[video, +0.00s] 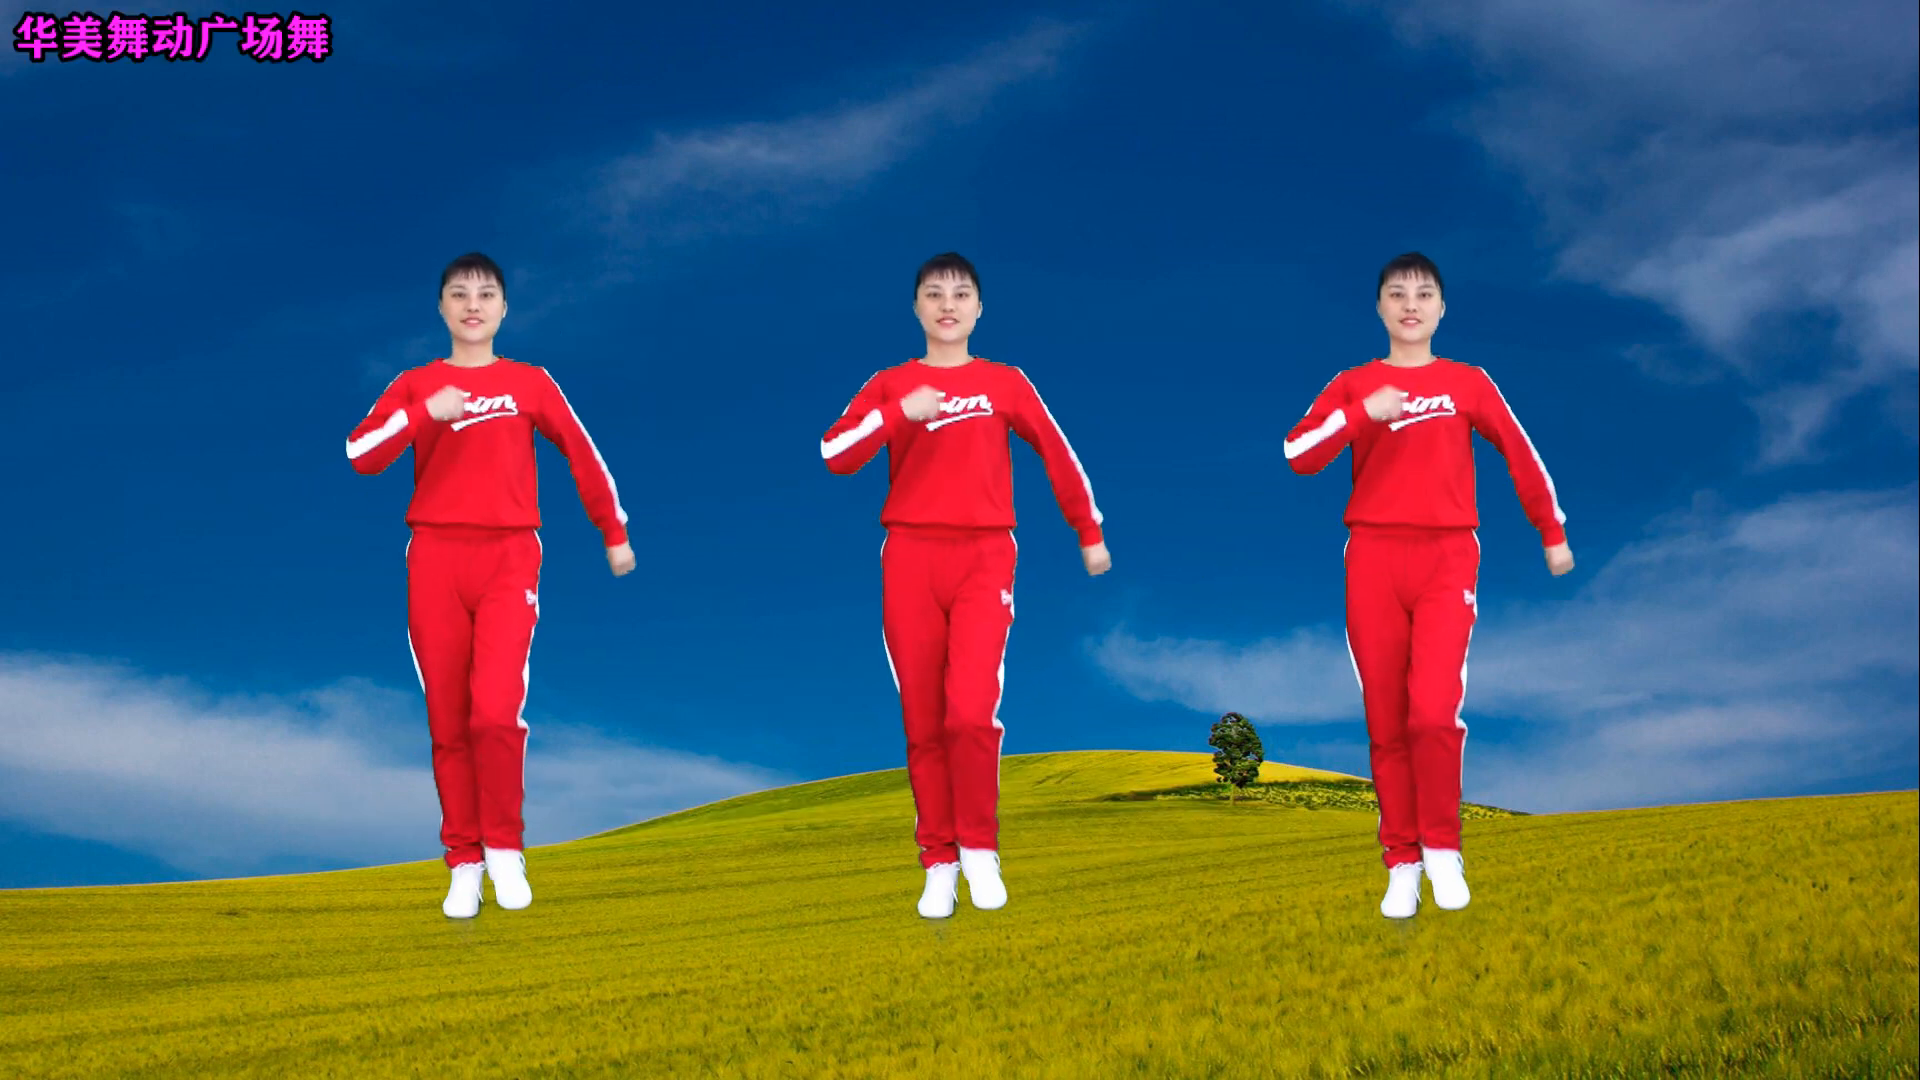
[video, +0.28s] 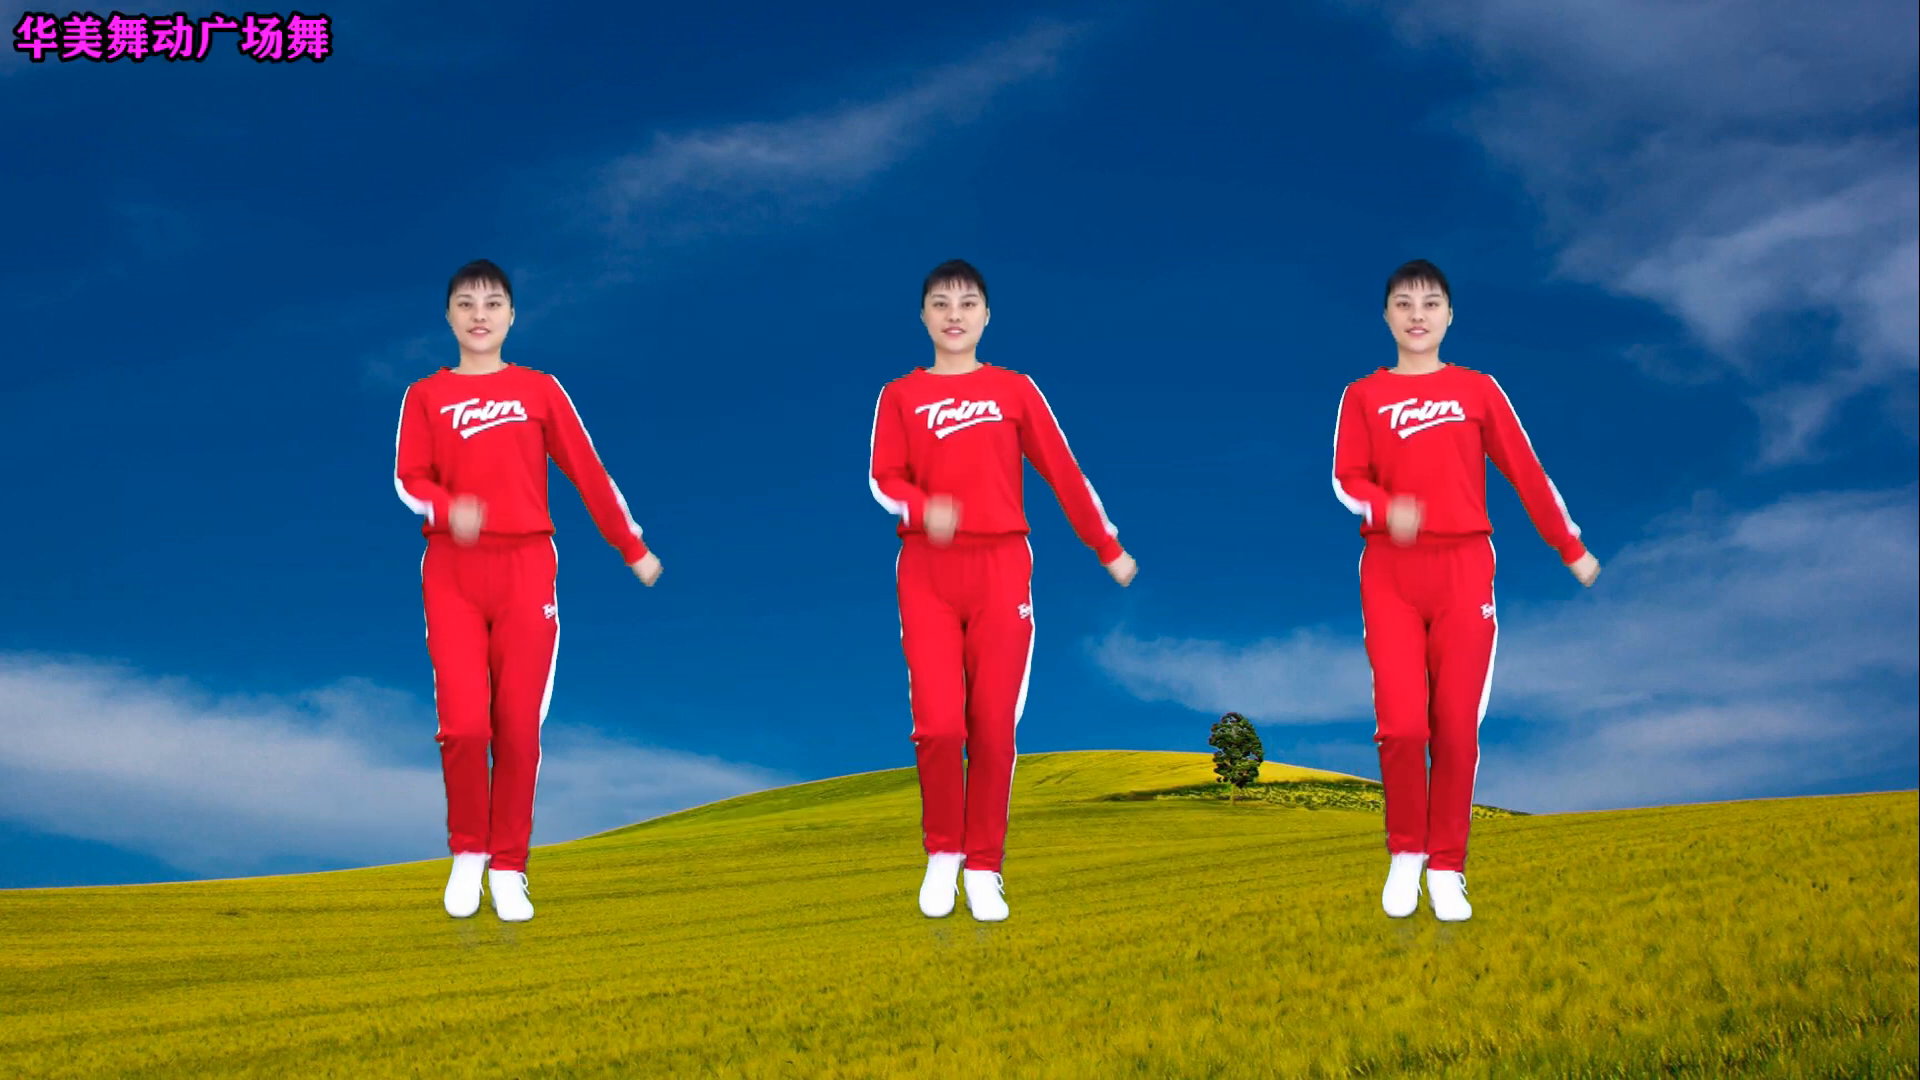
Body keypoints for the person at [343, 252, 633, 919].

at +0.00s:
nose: (473, 305)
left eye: (485, 295)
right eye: (461, 295)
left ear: (503, 307)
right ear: (443, 309)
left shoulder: (531, 383)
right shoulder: (413, 385)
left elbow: (584, 454)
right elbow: (361, 455)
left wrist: (615, 534)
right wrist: (422, 414)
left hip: (510, 561)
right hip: (434, 560)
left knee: (496, 713)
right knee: (447, 720)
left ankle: (504, 850)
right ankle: (463, 860)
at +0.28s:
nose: (479, 314)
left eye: (492, 303)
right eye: (466, 304)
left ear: (510, 315)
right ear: (450, 316)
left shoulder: (539, 389)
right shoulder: (424, 394)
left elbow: (589, 472)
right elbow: (409, 478)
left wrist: (634, 548)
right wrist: (445, 505)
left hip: (527, 572)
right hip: (451, 575)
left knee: (518, 725)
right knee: (461, 722)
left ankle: (509, 867)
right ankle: (468, 854)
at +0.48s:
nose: (484, 324)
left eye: (496, 312)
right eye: (471, 314)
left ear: (514, 323)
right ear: (455, 326)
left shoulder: (546, 400)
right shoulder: (430, 407)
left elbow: (567, 484)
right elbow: (407, 501)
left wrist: (537, 540)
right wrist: (388, 589)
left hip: (536, 573)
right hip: (461, 575)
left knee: (534, 721)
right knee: (490, 699)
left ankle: (511, 867)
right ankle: (477, 806)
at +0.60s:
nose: (484, 305)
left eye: (495, 294)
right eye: (471, 296)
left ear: (514, 303)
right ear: (455, 308)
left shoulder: (546, 381)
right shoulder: (430, 388)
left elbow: (586, 465)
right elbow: (379, 464)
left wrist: (531, 442)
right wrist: (340, 544)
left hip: (534, 556)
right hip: (458, 556)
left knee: (527, 712)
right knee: (485, 705)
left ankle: (514, 861)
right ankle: (475, 827)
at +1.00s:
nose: (478, 318)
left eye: (489, 308)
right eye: (465, 309)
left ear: (508, 319)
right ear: (448, 322)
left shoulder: (536, 396)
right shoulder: (420, 402)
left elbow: (540, 476)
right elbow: (388, 490)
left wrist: (499, 522)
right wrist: (357, 571)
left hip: (511, 577)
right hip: (437, 577)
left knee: (499, 724)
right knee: (446, 731)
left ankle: (504, 849)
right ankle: (462, 867)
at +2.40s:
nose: (467, 323)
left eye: (479, 313)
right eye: (455, 313)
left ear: (497, 323)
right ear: (438, 325)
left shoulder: (526, 402)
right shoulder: (410, 408)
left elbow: (529, 485)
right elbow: (384, 500)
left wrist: (490, 534)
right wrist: (361, 585)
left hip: (501, 581)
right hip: (426, 581)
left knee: (484, 721)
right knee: (434, 731)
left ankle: (498, 824)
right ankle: (453, 866)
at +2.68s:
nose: (465, 302)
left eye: (477, 293)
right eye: (453, 292)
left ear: (495, 306)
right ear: (436, 304)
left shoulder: (523, 380)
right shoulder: (405, 383)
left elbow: (574, 458)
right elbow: (357, 464)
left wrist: (603, 540)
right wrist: (415, 428)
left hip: (501, 557)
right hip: (425, 558)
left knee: (483, 712)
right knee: (435, 720)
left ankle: (491, 846)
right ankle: (452, 862)